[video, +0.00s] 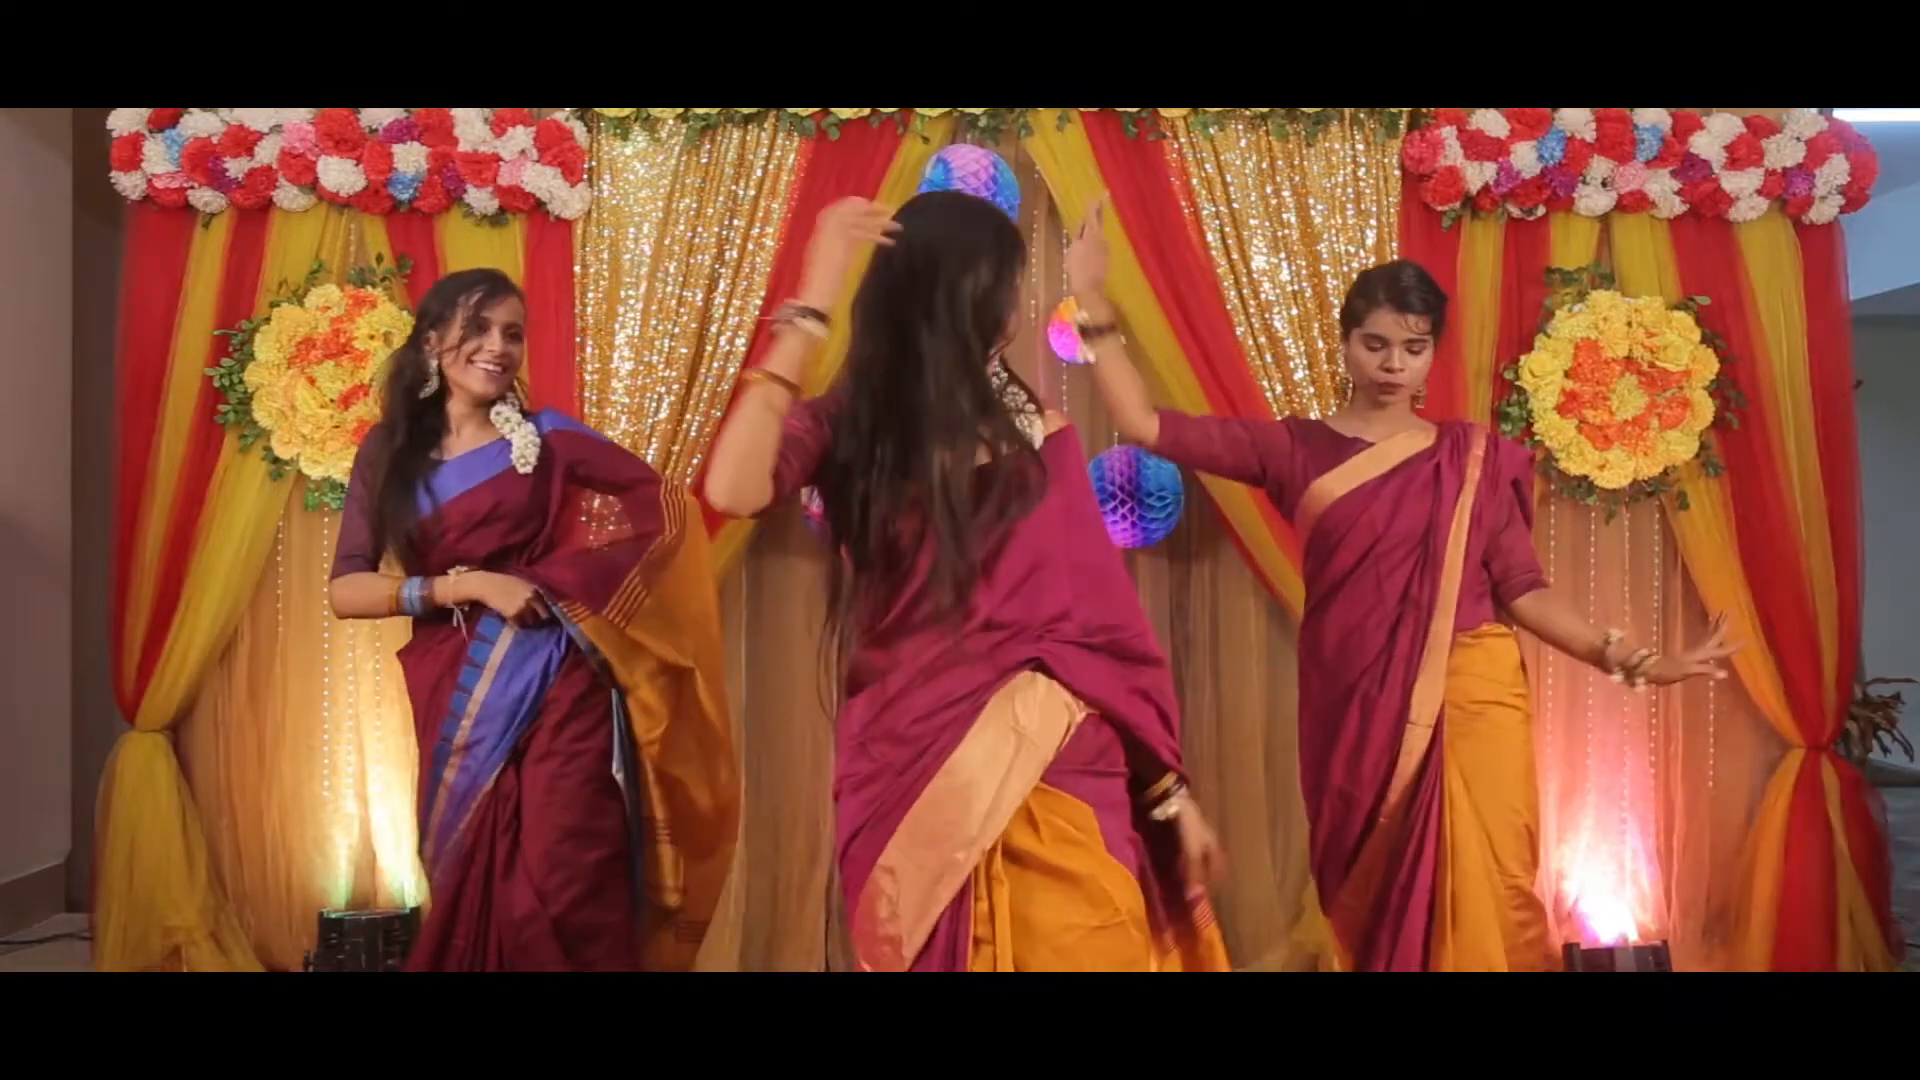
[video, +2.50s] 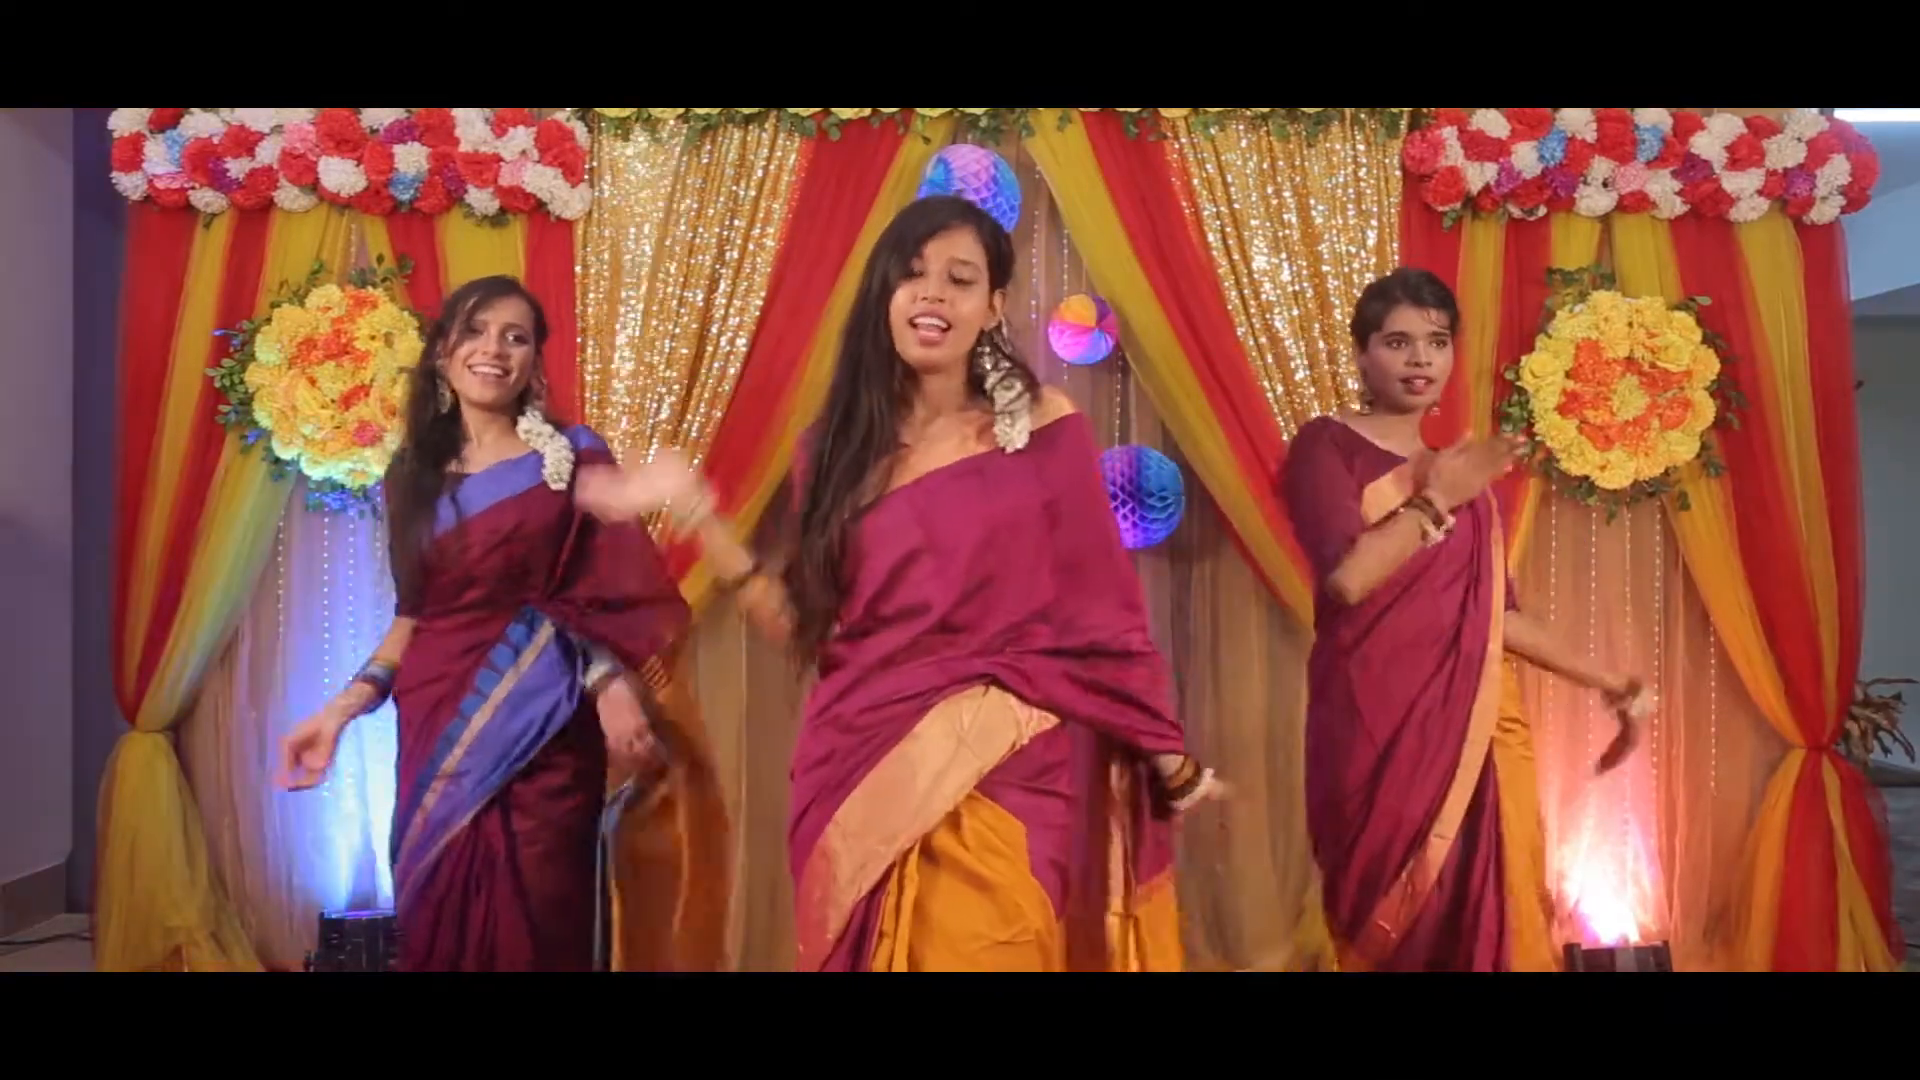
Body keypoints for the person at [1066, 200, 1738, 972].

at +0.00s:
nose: (1391, 363)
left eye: (1411, 347)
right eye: (1374, 342)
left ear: (1433, 350)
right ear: (1344, 340)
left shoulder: (1475, 453)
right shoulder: (1298, 448)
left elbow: (1524, 593)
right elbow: (1141, 425)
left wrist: (1629, 659)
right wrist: (1094, 319)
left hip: (1479, 689)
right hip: (1359, 701)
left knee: (1487, 892)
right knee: (1371, 900)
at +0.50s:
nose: (1398, 385)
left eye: (1417, 367)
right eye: (1380, 363)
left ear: (1439, 364)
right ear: (1345, 354)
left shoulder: (1476, 459)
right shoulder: (1292, 447)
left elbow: (1541, 583)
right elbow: (1153, 411)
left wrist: (1641, 642)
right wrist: (1127, 316)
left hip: (1466, 691)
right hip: (1350, 702)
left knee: (1471, 895)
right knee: (1362, 902)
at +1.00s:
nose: (1407, 388)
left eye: (1425, 370)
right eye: (1388, 367)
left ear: (1444, 365)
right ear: (1352, 358)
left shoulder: (1474, 457)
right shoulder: (1305, 461)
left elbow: (1550, 559)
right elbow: (1162, 495)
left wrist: (1557, 637)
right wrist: (1174, 369)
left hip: (1468, 706)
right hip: (1352, 716)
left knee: (1473, 907)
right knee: (1359, 915)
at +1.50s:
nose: (1409, 378)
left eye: (1428, 359)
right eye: (1389, 357)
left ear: (1448, 359)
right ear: (1355, 356)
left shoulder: (1493, 453)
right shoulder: (1316, 467)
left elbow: (1573, 558)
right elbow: (1223, 537)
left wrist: (1551, 651)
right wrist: (1280, 429)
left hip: (1469, 711)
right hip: (1349, 718)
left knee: (1471, 917)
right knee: (1349, 921)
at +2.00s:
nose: (1415, 365)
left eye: (1434, 349)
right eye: (1396, 345)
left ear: (1453, 358)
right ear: (1360, 352)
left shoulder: (1503, 456)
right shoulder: (1320, 479)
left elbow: (1531, 612)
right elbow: (1304, 623)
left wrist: (1579, 737)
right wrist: (1290, 696)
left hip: (1481, 729)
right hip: (1361, 735)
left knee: (1475, 933)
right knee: (1365, 935)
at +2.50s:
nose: (1420, 358)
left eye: (1437, 342)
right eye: (1398, 341)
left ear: (1453, 356)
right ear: (1360, 352)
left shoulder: (1463, 473)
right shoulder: (1326, 446)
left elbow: (1499, 617)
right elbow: (1346, 578)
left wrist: (1605, 680)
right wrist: (1438, 499)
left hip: (1471, 731)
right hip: (1374, 729)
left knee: (1486, 924)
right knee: (1389, 928)